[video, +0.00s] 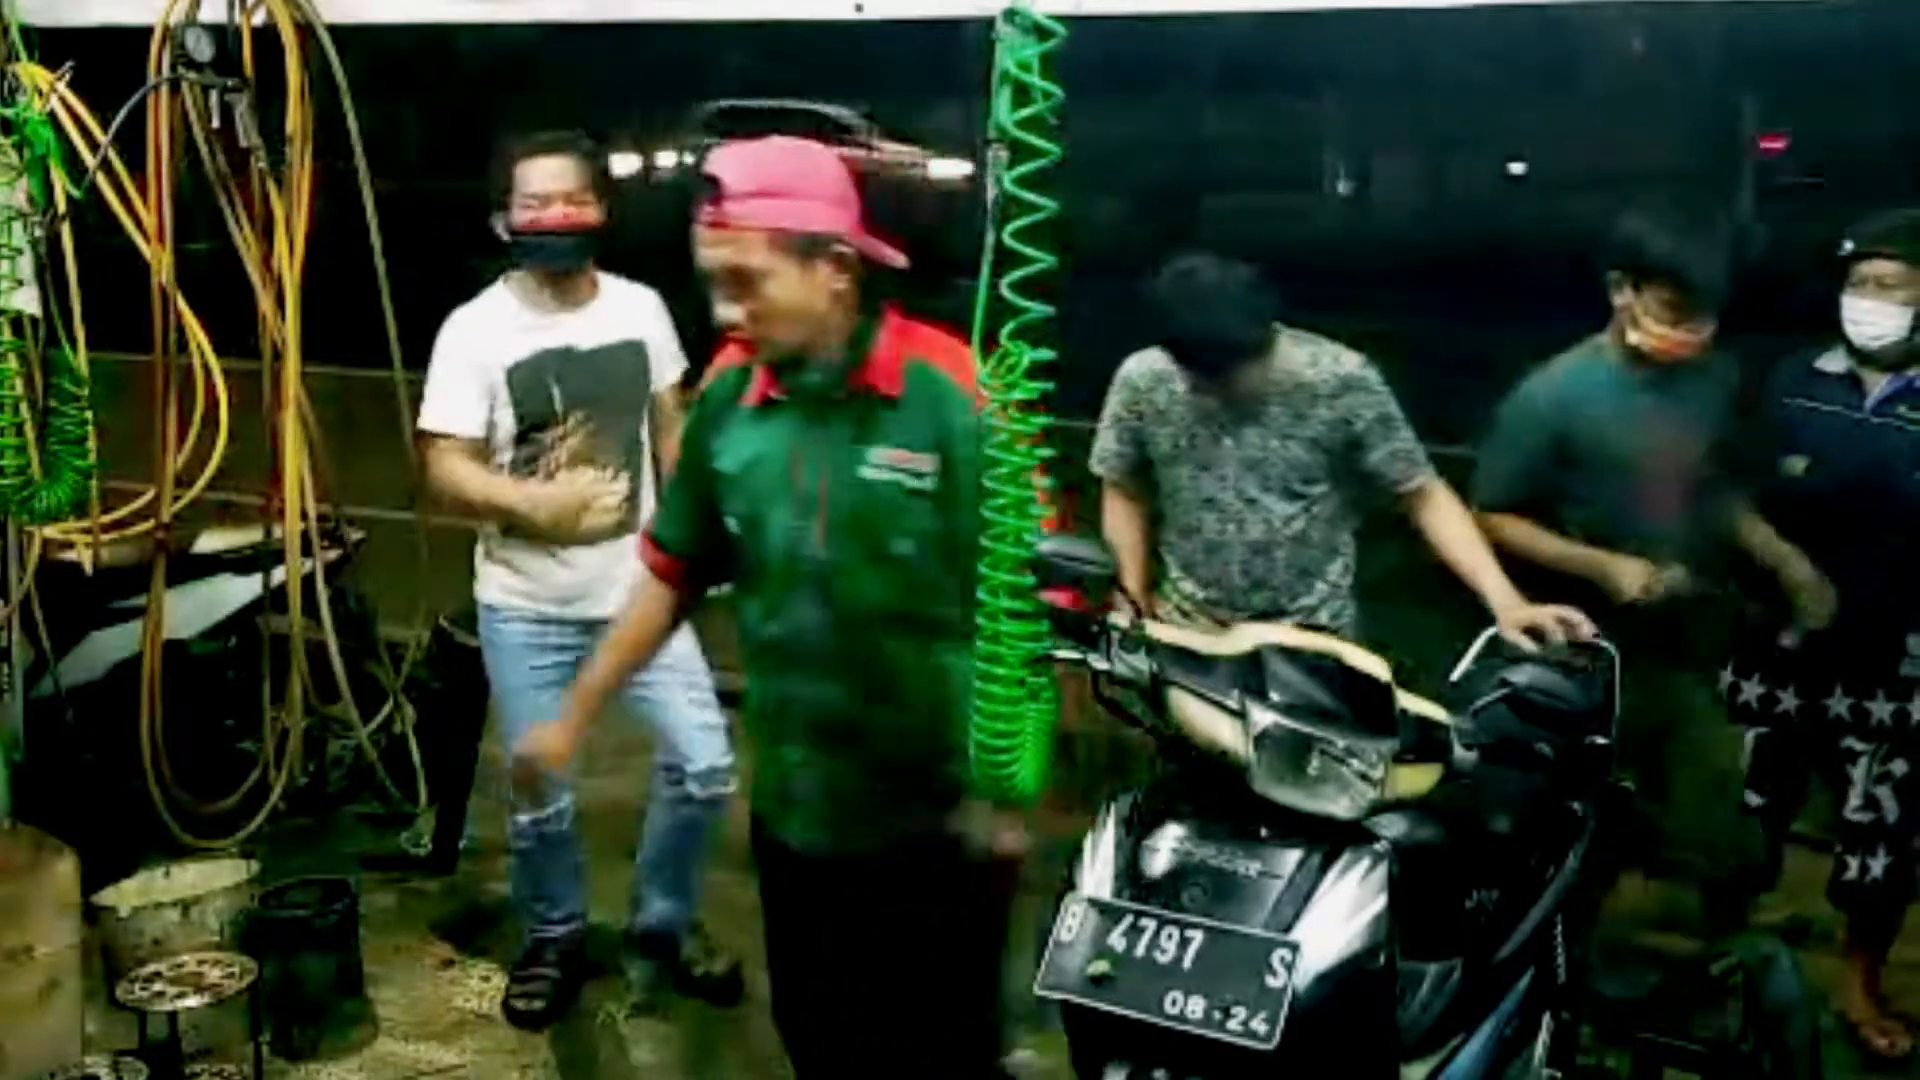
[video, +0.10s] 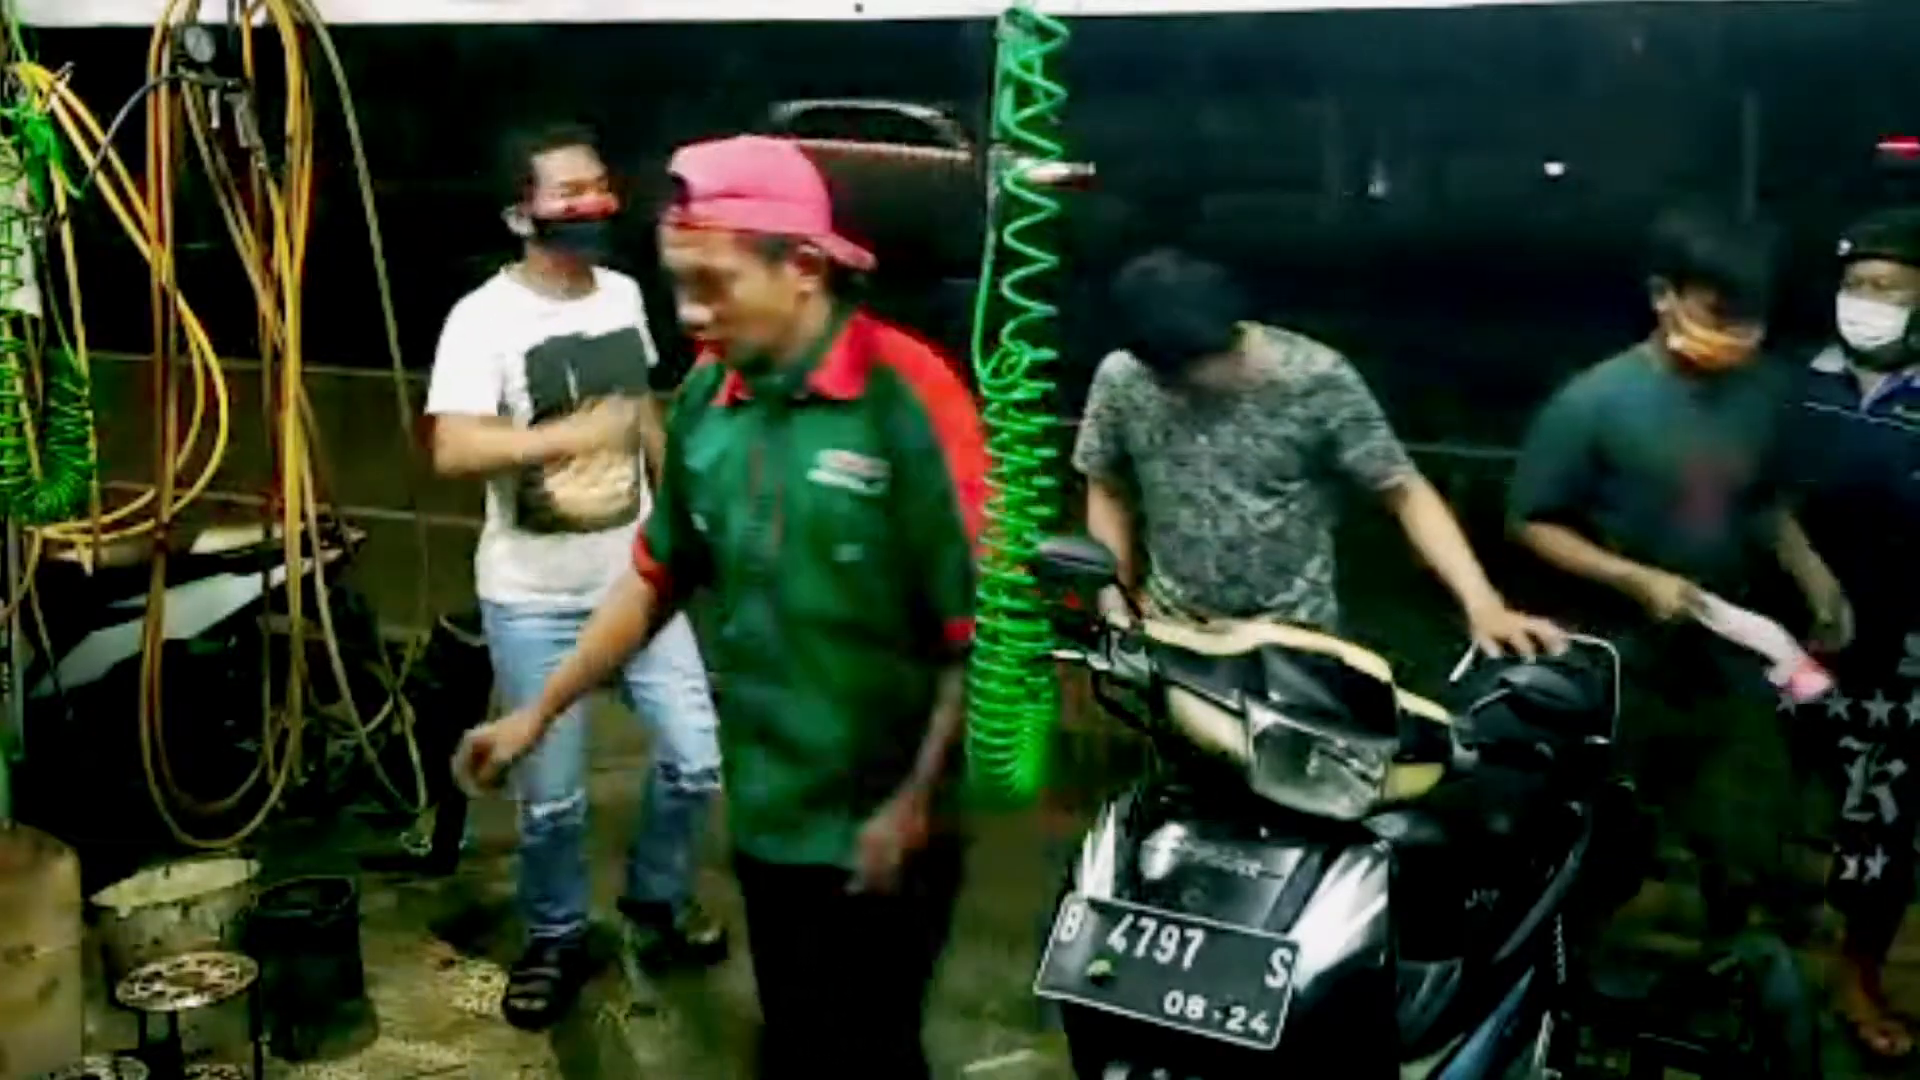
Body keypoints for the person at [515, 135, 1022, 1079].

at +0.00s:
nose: (726, 310)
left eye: (744, 284)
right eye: (716, 286)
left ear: (835, 271)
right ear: (709, 278)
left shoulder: (950, 394)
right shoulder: (726, 404)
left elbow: (1017, 590)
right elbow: (667, 577)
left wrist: (1007, 779)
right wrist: (572, 718)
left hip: (938, 808)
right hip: (797, 808)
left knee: (942, 1050)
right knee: (818, 1040)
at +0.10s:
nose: (691, 313)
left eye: (713, 286)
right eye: (683, 286)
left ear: (804, 270)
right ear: (672, 272)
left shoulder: (914, 397)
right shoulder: (703, 404)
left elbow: (981, 633)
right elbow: (651, 581)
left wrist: (915, 798)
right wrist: (536, 714)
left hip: (890, 821)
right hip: (767, 817)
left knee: (873, 1060)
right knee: (792, 1055)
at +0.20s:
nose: (649, 321)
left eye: (669, 295)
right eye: (640, 295)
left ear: (759, 276)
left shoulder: (858, 405)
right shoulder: (676, 404)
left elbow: (931, 649)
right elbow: (649, 590)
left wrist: (873, 826)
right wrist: (550, 738)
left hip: (829, 818)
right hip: (733, 811)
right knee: (857, 1060)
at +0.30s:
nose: (613, 331)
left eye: (631, 303)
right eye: (607, 304)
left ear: (725, 285)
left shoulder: (818, 409)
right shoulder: (654, 404)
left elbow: (882, 661)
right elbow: (643, 599)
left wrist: (858, 854)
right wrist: (566, 759)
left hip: (799, 805)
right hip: (703, 803)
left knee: (671, 1053)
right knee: (845, 1061)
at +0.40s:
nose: (542, 351)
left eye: (559, 323)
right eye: (535, 325)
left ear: (652, 305)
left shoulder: (749, 427)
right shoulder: (597, 440)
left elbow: (844, 678)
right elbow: (614, 645)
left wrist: (836, 889)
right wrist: (572, 789)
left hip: (743, 892)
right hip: (645, 883)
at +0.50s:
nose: (434, 377)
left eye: (451, 345)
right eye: (425, 348)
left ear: (548, 326)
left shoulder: (656, 451)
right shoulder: (521, 443)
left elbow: (767, 701)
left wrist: (798, 908)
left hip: (667, 891)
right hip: (571, 871)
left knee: (538, 1071)